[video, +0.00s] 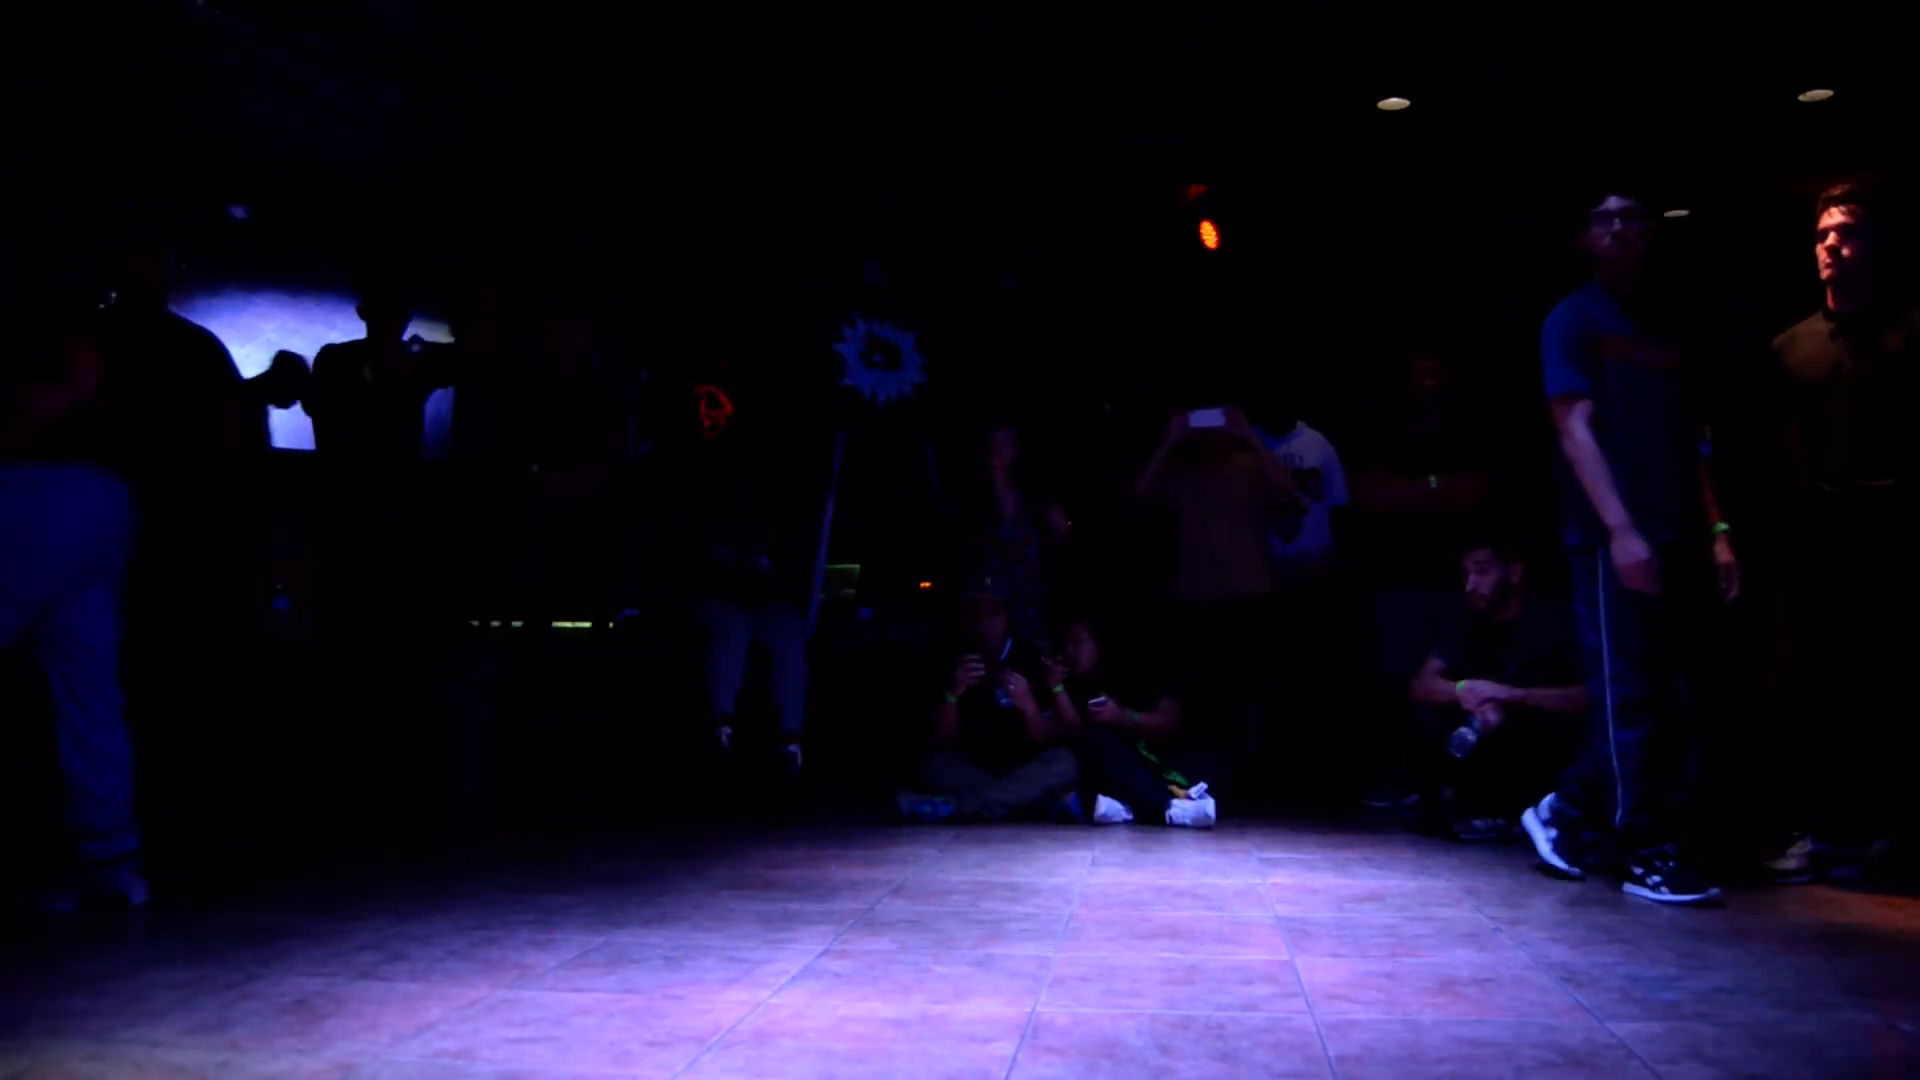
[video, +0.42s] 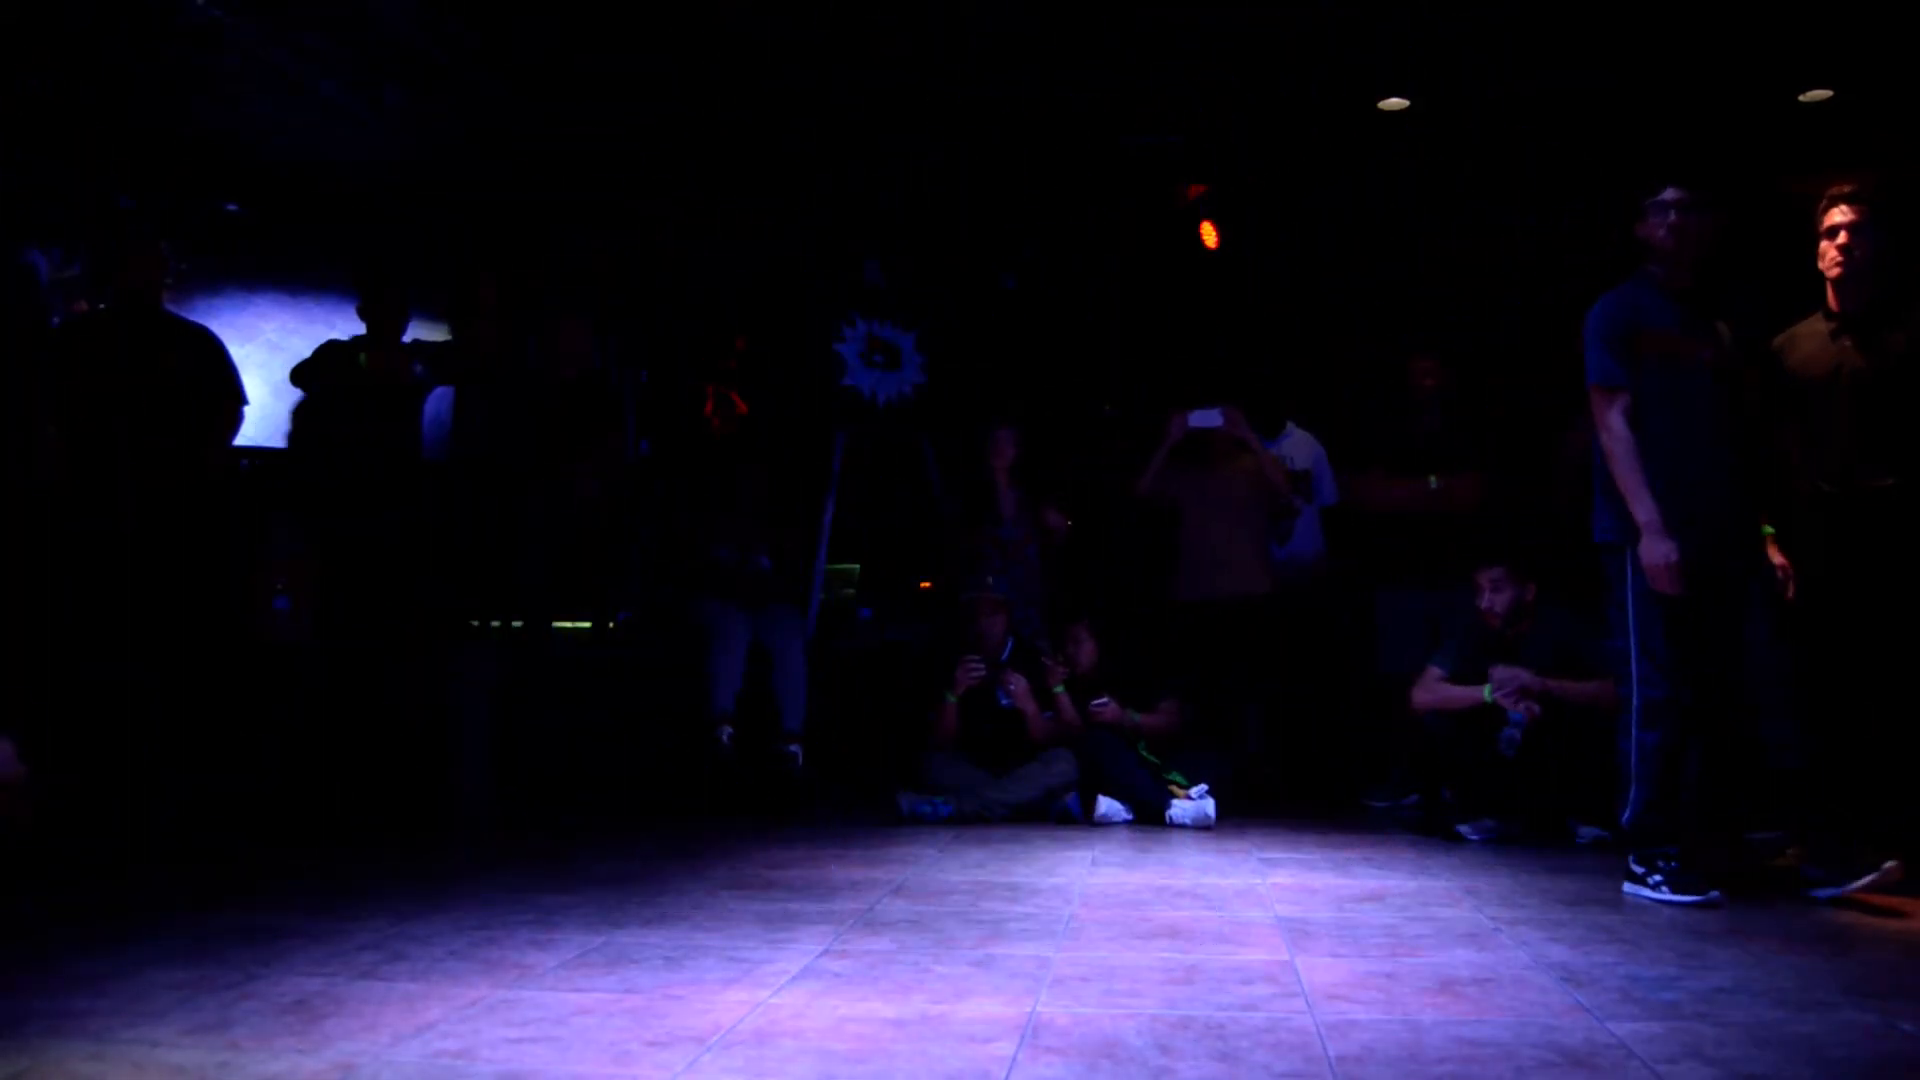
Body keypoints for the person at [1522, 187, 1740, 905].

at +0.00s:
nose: (1621, 233)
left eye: (1632, 221)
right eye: (1606, 223)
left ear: (1651, 235)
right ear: (1586, 238)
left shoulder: (1664, 318)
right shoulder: (1575, 319)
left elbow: (1689, 442)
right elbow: (1575, 431)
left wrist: (1716, 529)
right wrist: (1622, 531)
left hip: (1668, 527)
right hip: (1610, 531)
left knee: (1656, 685)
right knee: (1631, 692)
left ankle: (1568, 810)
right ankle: (1648, 855)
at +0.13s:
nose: (1640, 229)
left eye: (1651, 218)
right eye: (1625, 218)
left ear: (1667, 231)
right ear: (1602, 234)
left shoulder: (1672, 314)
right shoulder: (1589, 316)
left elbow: (1696, 437)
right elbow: (1590, 427)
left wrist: (1730, 525)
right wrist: (1643, 527)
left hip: (1678, 526)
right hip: (1620, 532)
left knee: (1682, 680)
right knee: (1635, 688)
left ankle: (1609, 802)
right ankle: (1648, 854)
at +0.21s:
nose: (1650, 229)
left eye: (1661, 217)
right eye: (1634, 217)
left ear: (1677, 229)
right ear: (1611, 232)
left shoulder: (1684, 312)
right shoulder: (1597, 315)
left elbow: (1704, 437)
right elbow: (1599, 426)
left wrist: (1737, 524)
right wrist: (1651, 526)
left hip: (1689, 527)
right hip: (1627, 532)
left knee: (1701, 686)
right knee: (1643, 690)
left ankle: (1702, 847)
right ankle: (1647, 855)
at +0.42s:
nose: (1678, 226)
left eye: (1687, 212)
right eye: (1664, 214)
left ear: (1705, 226)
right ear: (1641, 228)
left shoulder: (1714, 318)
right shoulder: (1619, 313)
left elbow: (1730, 444)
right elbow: (1612, 424)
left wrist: (1761, 534)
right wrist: (1651, 530)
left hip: (1719, 530)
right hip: (1653, 535)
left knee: (1750, 684)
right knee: (1661, 692)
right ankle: (1652, 857)